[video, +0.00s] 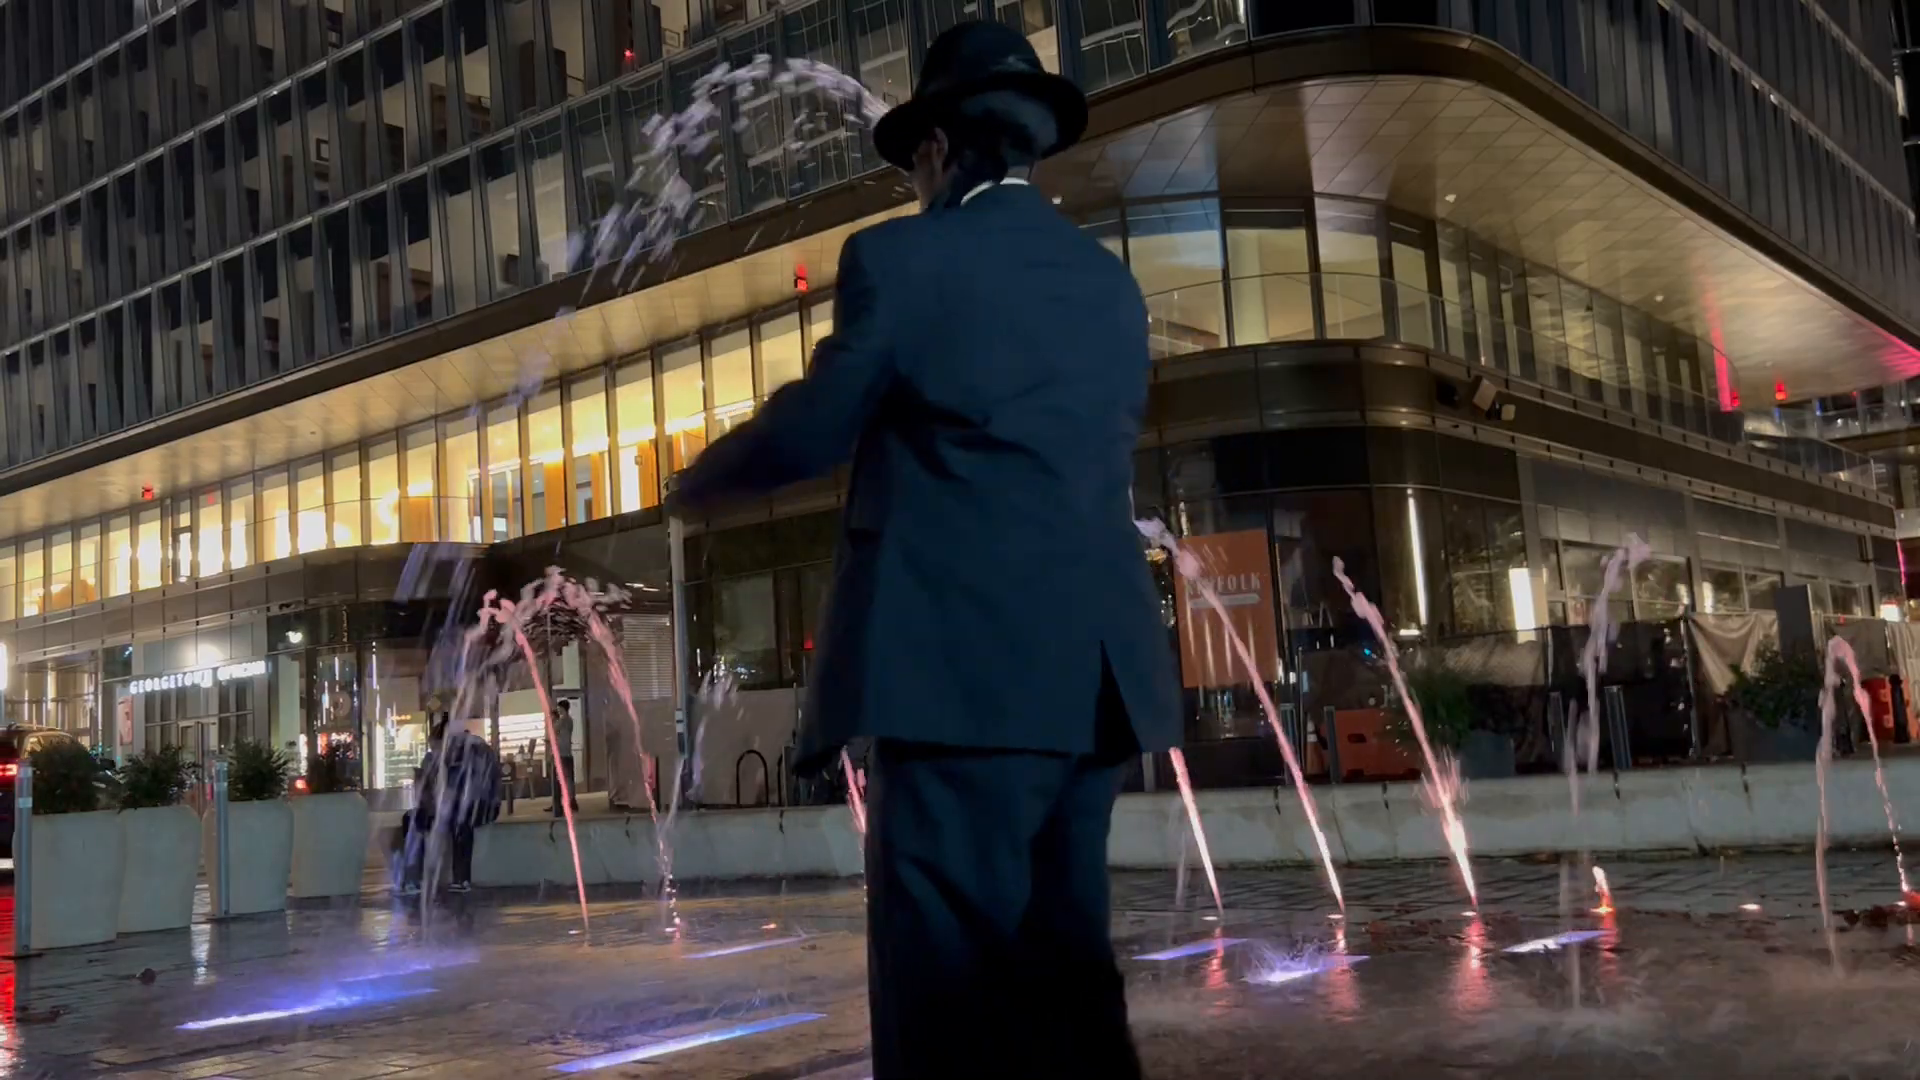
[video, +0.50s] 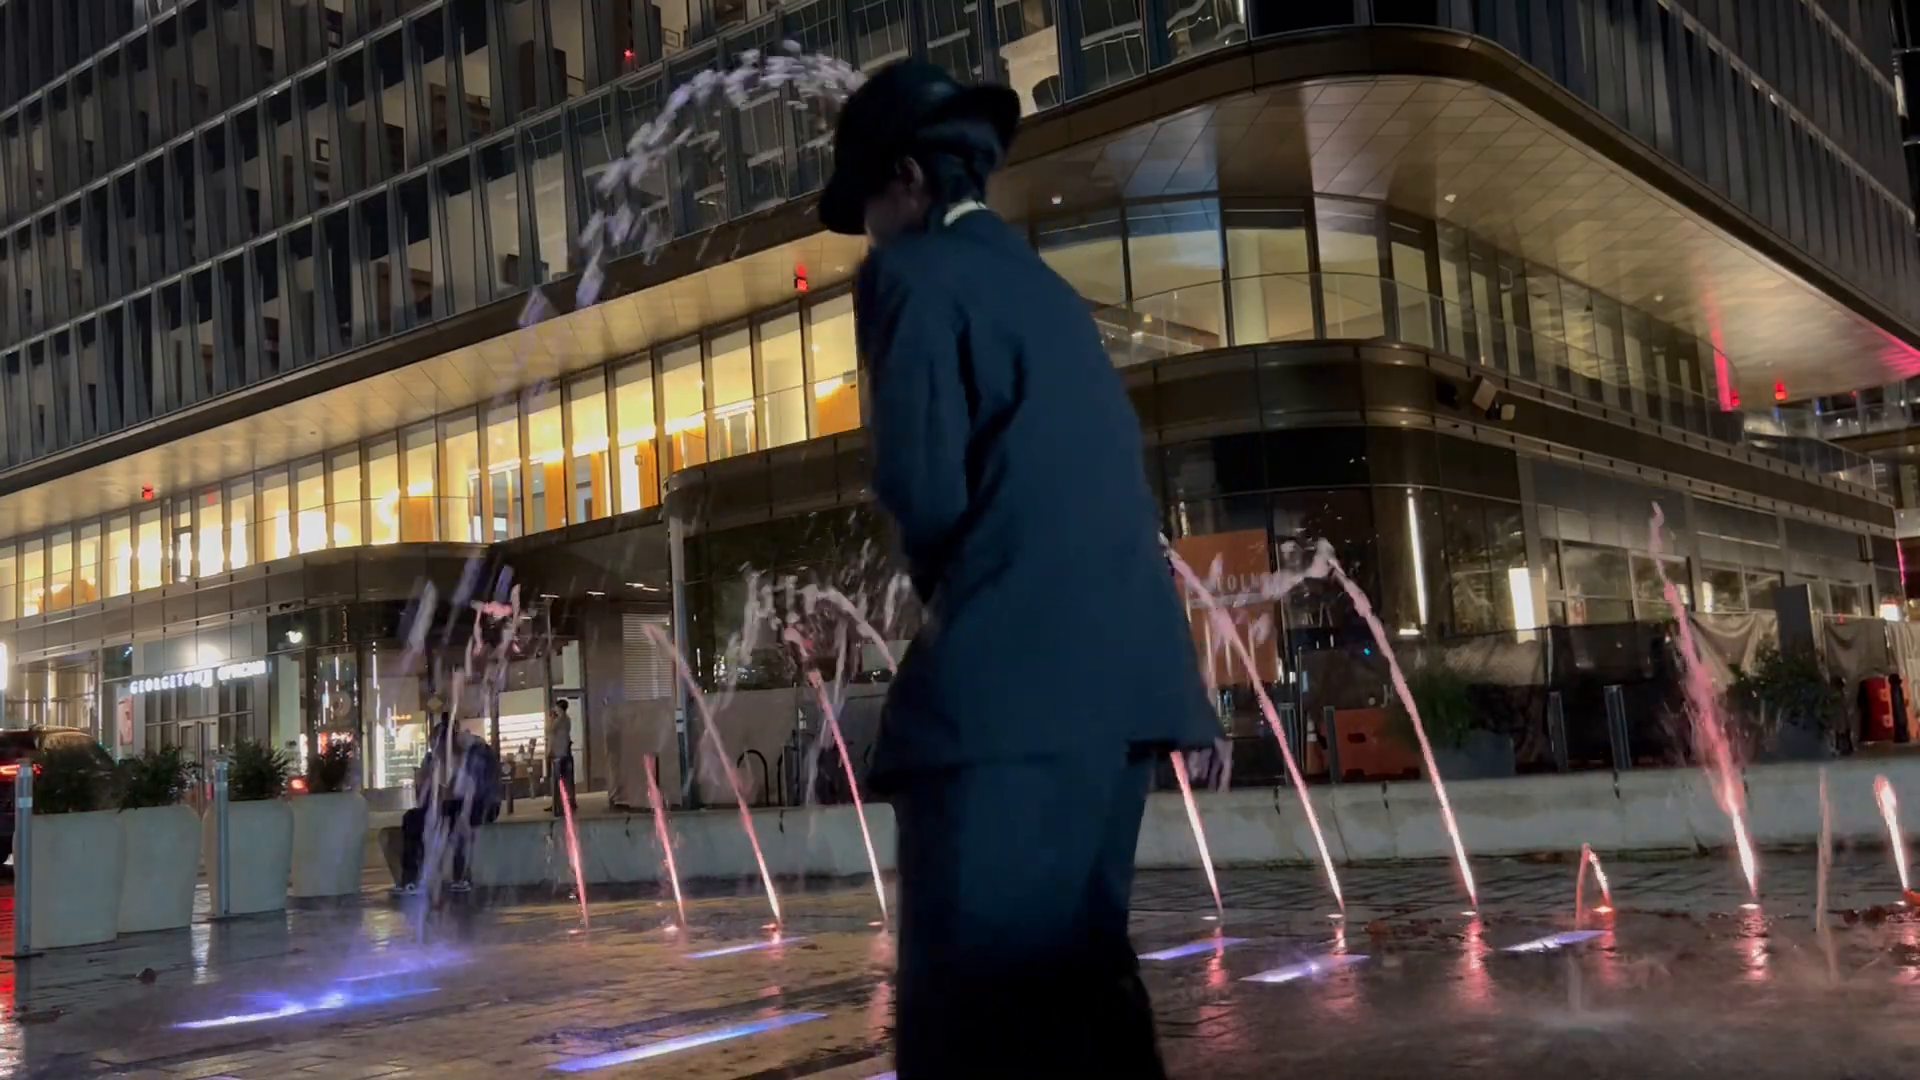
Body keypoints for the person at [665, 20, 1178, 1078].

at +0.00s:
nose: (910, 181)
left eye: (913, 157)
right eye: (911, 161)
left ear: (943, 146)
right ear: (1031, 149)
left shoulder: (899, 258)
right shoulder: (1111, 279)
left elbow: (822, 420)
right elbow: (1081, 444)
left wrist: (702, 479)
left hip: (954, 680)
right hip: (1100, 680)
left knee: (938, 987)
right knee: (1069, 970)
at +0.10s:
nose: (902, 184)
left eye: (907, 159)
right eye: (905, 162)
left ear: (934, 154)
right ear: (1021, 160)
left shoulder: (908, 259)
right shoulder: (1090, 285)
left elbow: (858, 436)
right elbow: (1094, 436)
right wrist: (929, 465)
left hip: (976, 673)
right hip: (1112, 677)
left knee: (948, 981)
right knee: (1078, 957)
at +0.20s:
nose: (901, 206)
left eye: (903, 182)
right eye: (900, 185)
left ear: (937, 171)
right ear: (1017, 172)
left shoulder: (915, 266)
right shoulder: (1097, 298)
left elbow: (862, 450)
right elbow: (1112, 457)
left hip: (991, 690)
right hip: (1127, 693)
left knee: (953, 996)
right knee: (1103, 975)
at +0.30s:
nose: (899, 221)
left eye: (900, 197)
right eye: (897, 201)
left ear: (933, 183)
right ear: (1014, 185)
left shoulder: (918, 275)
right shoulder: (1103, 310)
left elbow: (876, 481)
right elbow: (1151, 495)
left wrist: (855, 487)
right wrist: (969, 526)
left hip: (995, 696)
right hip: (1135, 692)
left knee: (943, 980)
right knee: (1100, 976)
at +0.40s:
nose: (885, 234)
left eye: (888, 209)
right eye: (882, 213)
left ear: (928, 192)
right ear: (991, 194)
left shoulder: (921, 287)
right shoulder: (1077, 311)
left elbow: (910, 509)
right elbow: (1117, 502)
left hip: (1011, 704)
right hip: (1133, 696)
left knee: (927, 989)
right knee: (1089, 976)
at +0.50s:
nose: (863, 235)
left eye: (864, 208)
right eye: (857, 216)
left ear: (908, 180)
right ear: (956, 180)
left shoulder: (917, 270)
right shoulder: (1045, 284)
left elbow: (921, 487)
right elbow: (1096, 484)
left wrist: (952, 580)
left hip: (1006, 689)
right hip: (1115, 683)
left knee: (963, 993)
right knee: (1085, 968)